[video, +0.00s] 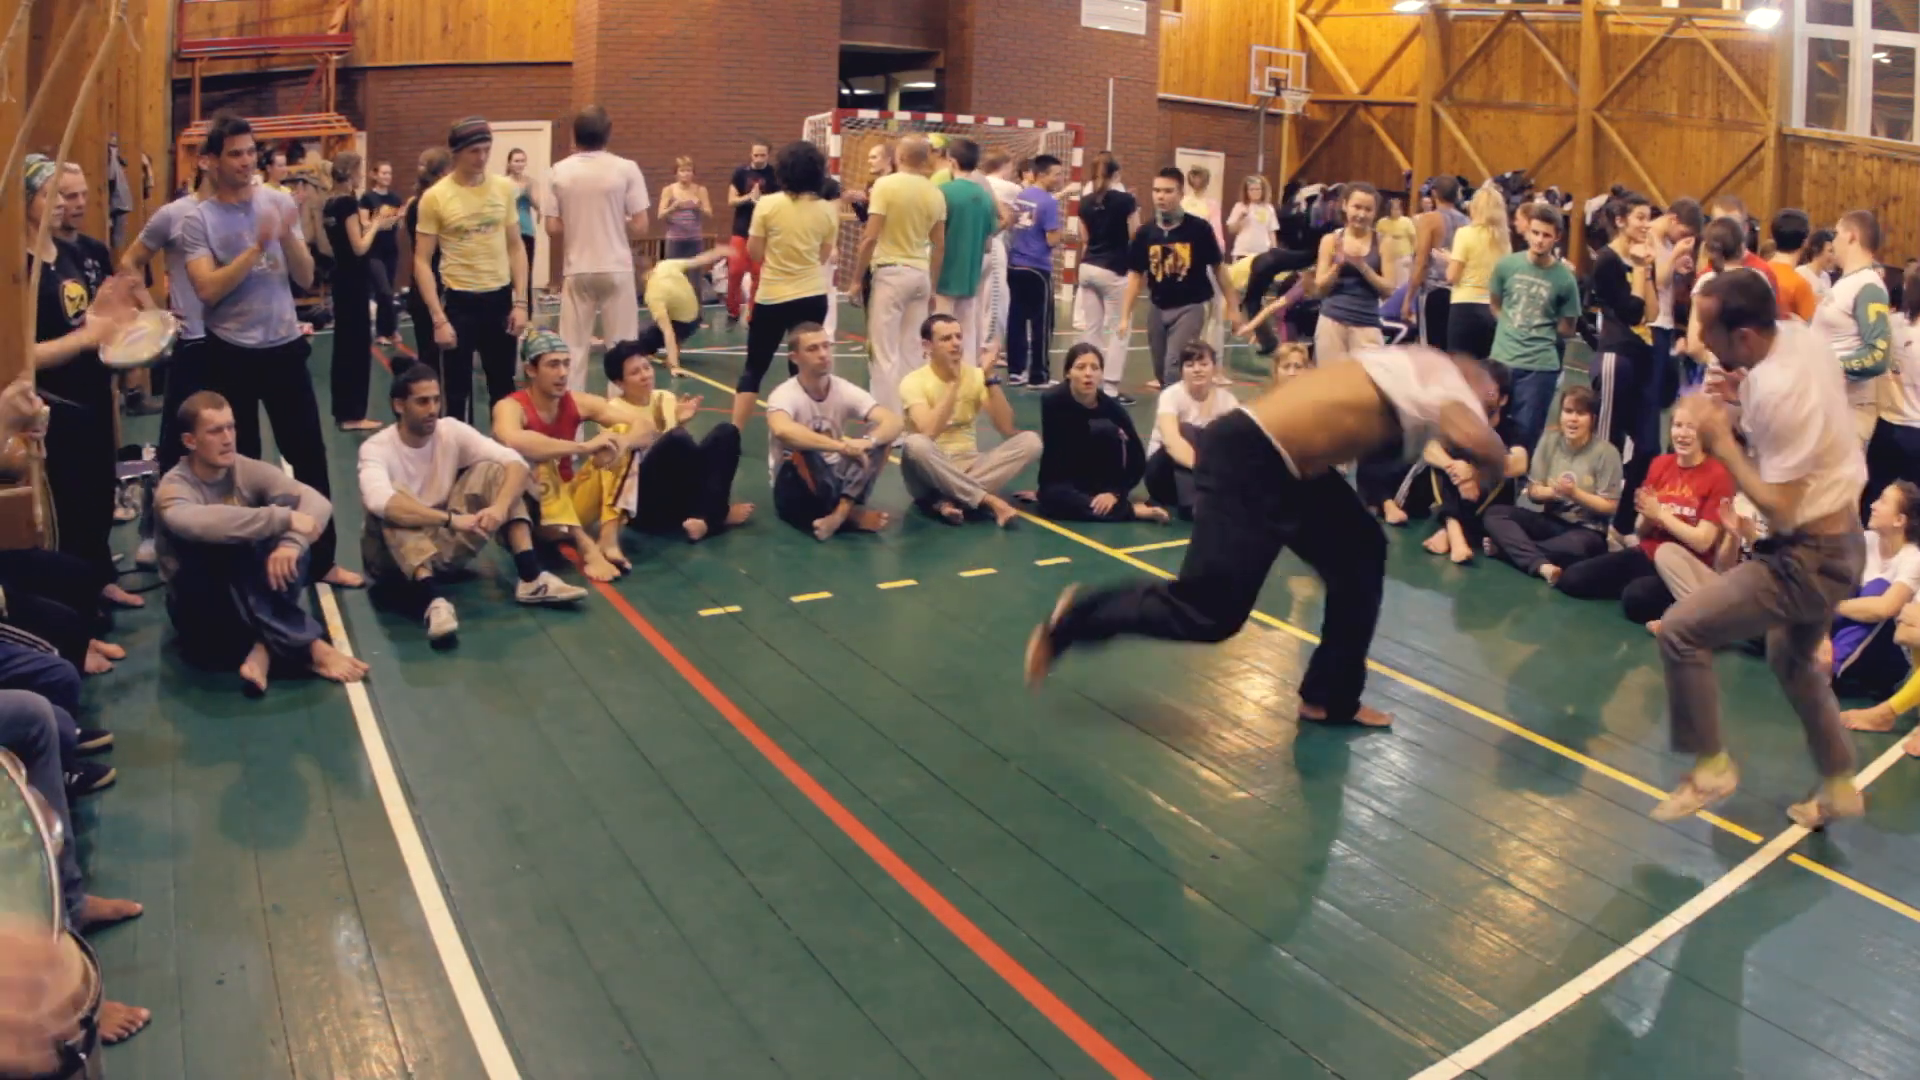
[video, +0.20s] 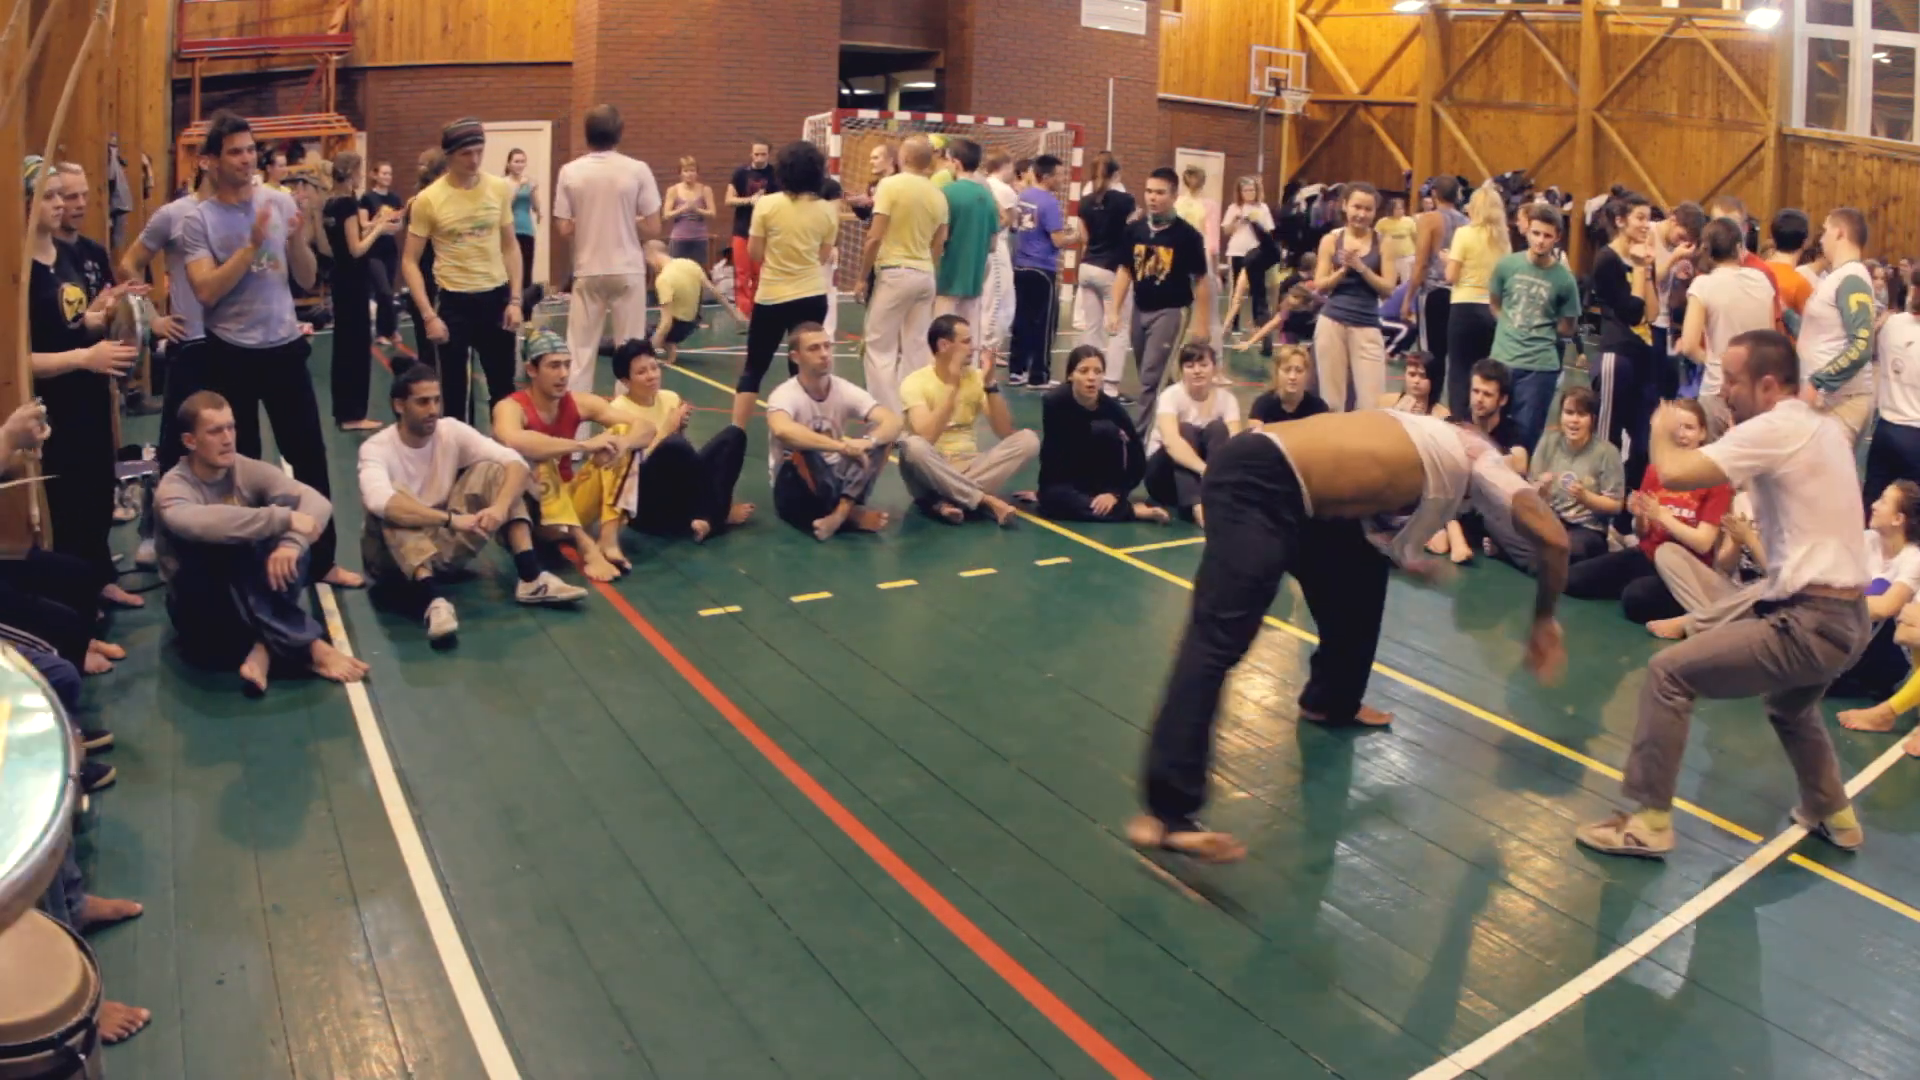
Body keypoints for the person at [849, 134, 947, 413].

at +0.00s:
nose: (892, 159)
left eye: (894, 155)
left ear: (899, 157)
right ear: (926, 160)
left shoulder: (885, 185)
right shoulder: (935, 194)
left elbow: (871, 237)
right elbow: (939, 243)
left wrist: (857, 278)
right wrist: (932, 285)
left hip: (890, 268)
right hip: (921, 269)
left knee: (884, 350)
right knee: (912, 348)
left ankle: (887, 421)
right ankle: (914, 417)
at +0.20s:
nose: (897, 159)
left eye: (898, 156)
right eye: (899, 155)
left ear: (903, 158)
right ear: (929, 162)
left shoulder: (890, 185)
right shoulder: (938, 195)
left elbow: (875, 237)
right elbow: (938, 243)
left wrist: (863, 277)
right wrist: (927, 270)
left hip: (894, 270)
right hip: (926, 270)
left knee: (879, 345)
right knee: (916, 347)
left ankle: (888, 416)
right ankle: (917, 416)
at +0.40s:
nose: (899, 159)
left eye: (901, 155)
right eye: (901, 154)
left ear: (906, 158)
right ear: (930, 162)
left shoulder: (893, 184)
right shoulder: (940, 196)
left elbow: (878, 236)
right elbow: (939, 246)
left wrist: (864, 274)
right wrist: (925, 267)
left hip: (896, 270)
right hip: (927, 271)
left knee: (879, 346)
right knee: (916, 349)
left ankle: (883, 418)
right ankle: (911, 420)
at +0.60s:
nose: (898, 158)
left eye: (900, 154)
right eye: (900, 154)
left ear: (905, 158)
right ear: (929, 162)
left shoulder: (894, 184)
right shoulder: (939, 196)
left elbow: (879, 235)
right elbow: (939, 245)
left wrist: (864, 277)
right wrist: (929, 276)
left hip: (895, 268)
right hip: (926, 271)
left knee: (879, 346)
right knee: (914, 349)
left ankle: (877, 422)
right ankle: (909, 425)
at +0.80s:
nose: (898, 157)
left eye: (901, 153)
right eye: (900, 152)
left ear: (906, 157)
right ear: (929, 160)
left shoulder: (893, 184)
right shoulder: (938, 195)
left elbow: (880, 235)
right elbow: (939, 245)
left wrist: (865, 275)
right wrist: (933, 282)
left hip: (895, 270)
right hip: (924, 273)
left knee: (881, 349)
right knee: (914, 350)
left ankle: (879, 419)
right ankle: (908, 420)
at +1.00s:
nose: (898, 158)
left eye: (900, 153)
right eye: (900, 153)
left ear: (905, 157)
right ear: (928, 161)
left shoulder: (892, 184)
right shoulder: (938, 195)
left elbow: (880, 234)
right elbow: (938, 244)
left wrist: (864, 276)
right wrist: (929, 277)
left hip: (894, 270)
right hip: (923, 272)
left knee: (880, 347)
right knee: (913, 349)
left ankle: (878, 418)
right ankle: (905, 418)